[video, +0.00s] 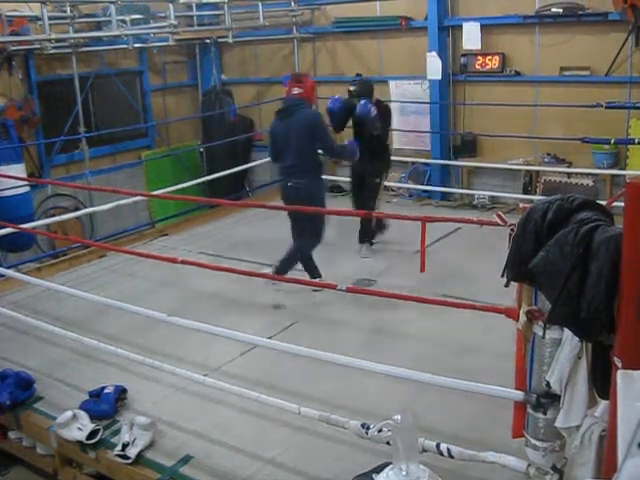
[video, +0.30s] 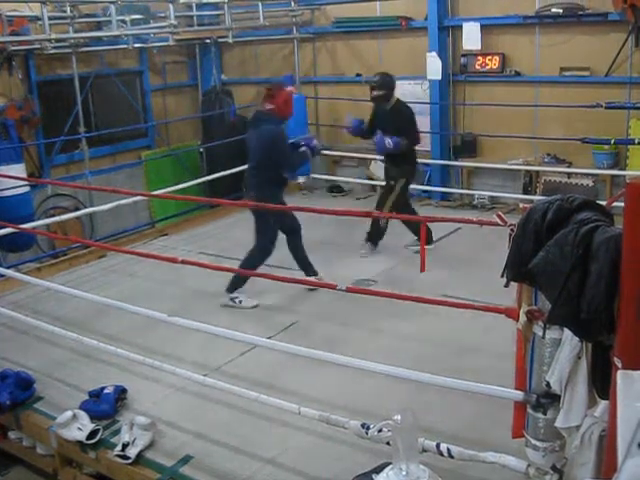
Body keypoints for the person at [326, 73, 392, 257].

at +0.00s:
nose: (354, 97)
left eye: (357, 94)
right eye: (353, 94)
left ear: (368, 93)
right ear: (353, 95)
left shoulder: (382, 108)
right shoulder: (353, 106)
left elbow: (382, 135)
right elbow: (338, 127)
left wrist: (371, 117)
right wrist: (335, 111)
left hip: (379, 158)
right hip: (360, 157)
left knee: (368, 199)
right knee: (358, 200)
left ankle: (365, 239)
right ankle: (377, 222)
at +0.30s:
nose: (372, 93)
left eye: (376, 89)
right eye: (371, 89)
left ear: (387, 90)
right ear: (375, 91)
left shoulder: (403, 110)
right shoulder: (378, 108)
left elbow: (414, 139)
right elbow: (370, 133)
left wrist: (393, 144)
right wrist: (359, 130)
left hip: (405, 164)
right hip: (390, 163)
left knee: (384, 203)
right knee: (400, 205)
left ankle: (372, 241)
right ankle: (425, 235)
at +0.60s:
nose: (388, 93)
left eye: (392, 89)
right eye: (387, 89)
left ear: (403, 87)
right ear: (397, 88)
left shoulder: (418, 104)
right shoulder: (400, 104)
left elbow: (418, 132)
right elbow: (398, 126)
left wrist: (397, 126)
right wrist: (379, 121)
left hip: (421, 161)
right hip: (409, 160)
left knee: (401, 202)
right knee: (409, 200)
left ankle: (417, 244)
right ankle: (426, 238)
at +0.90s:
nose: (400, 95)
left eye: (401, 91)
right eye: (398, 91)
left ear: (408, 90)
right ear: (414, 87)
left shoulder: (422, 107)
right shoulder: (419, 105)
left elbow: (403, 127)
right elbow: (402, 126)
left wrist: (390, 111)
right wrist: (390, 110)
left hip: (435, 166)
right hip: (431, 164)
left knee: (424, 213)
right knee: (423, 209)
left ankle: (434, 256)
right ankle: (426, 243)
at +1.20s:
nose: (409, 93)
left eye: (410, 89)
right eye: (409, 89)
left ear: (417, 90)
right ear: (428, 87)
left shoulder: (431, 108)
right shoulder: (439, 104)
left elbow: (408, 129)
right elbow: (413, 126)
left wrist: (401, 110)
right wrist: (405, 109)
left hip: (446, 169)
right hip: (460, 167)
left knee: (434, 214)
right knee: (458, 216)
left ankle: (434, 257)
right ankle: (477, 257)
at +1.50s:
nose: (415, 101)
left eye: (416, 97)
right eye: (415, 97)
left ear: (421, 99)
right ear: (435, 95)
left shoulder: (431, 117)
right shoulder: (452, 111)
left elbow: (407, 137)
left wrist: (401, 115)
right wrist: (413, 111)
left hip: (448, 181)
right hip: (466, 178)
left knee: (422, 219)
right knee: (462, 227)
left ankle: (421, 265)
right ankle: (479, 269)